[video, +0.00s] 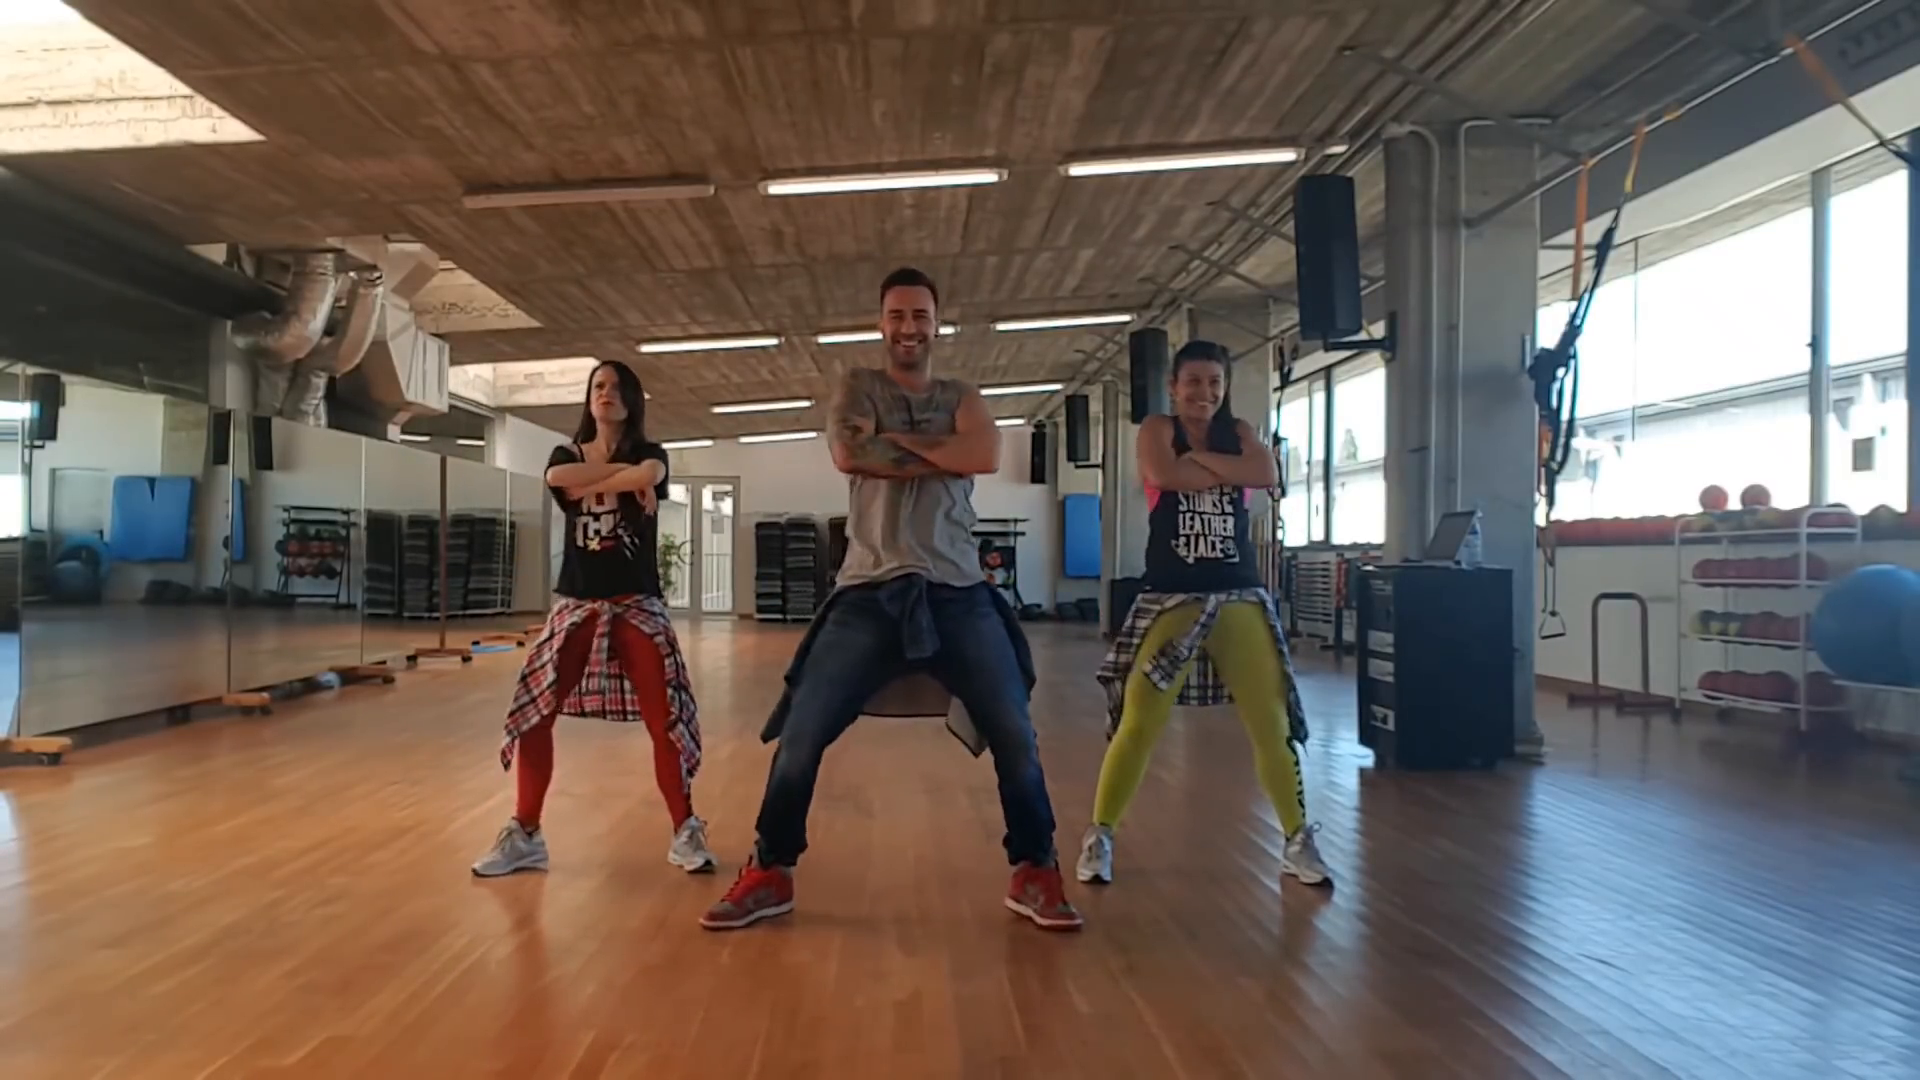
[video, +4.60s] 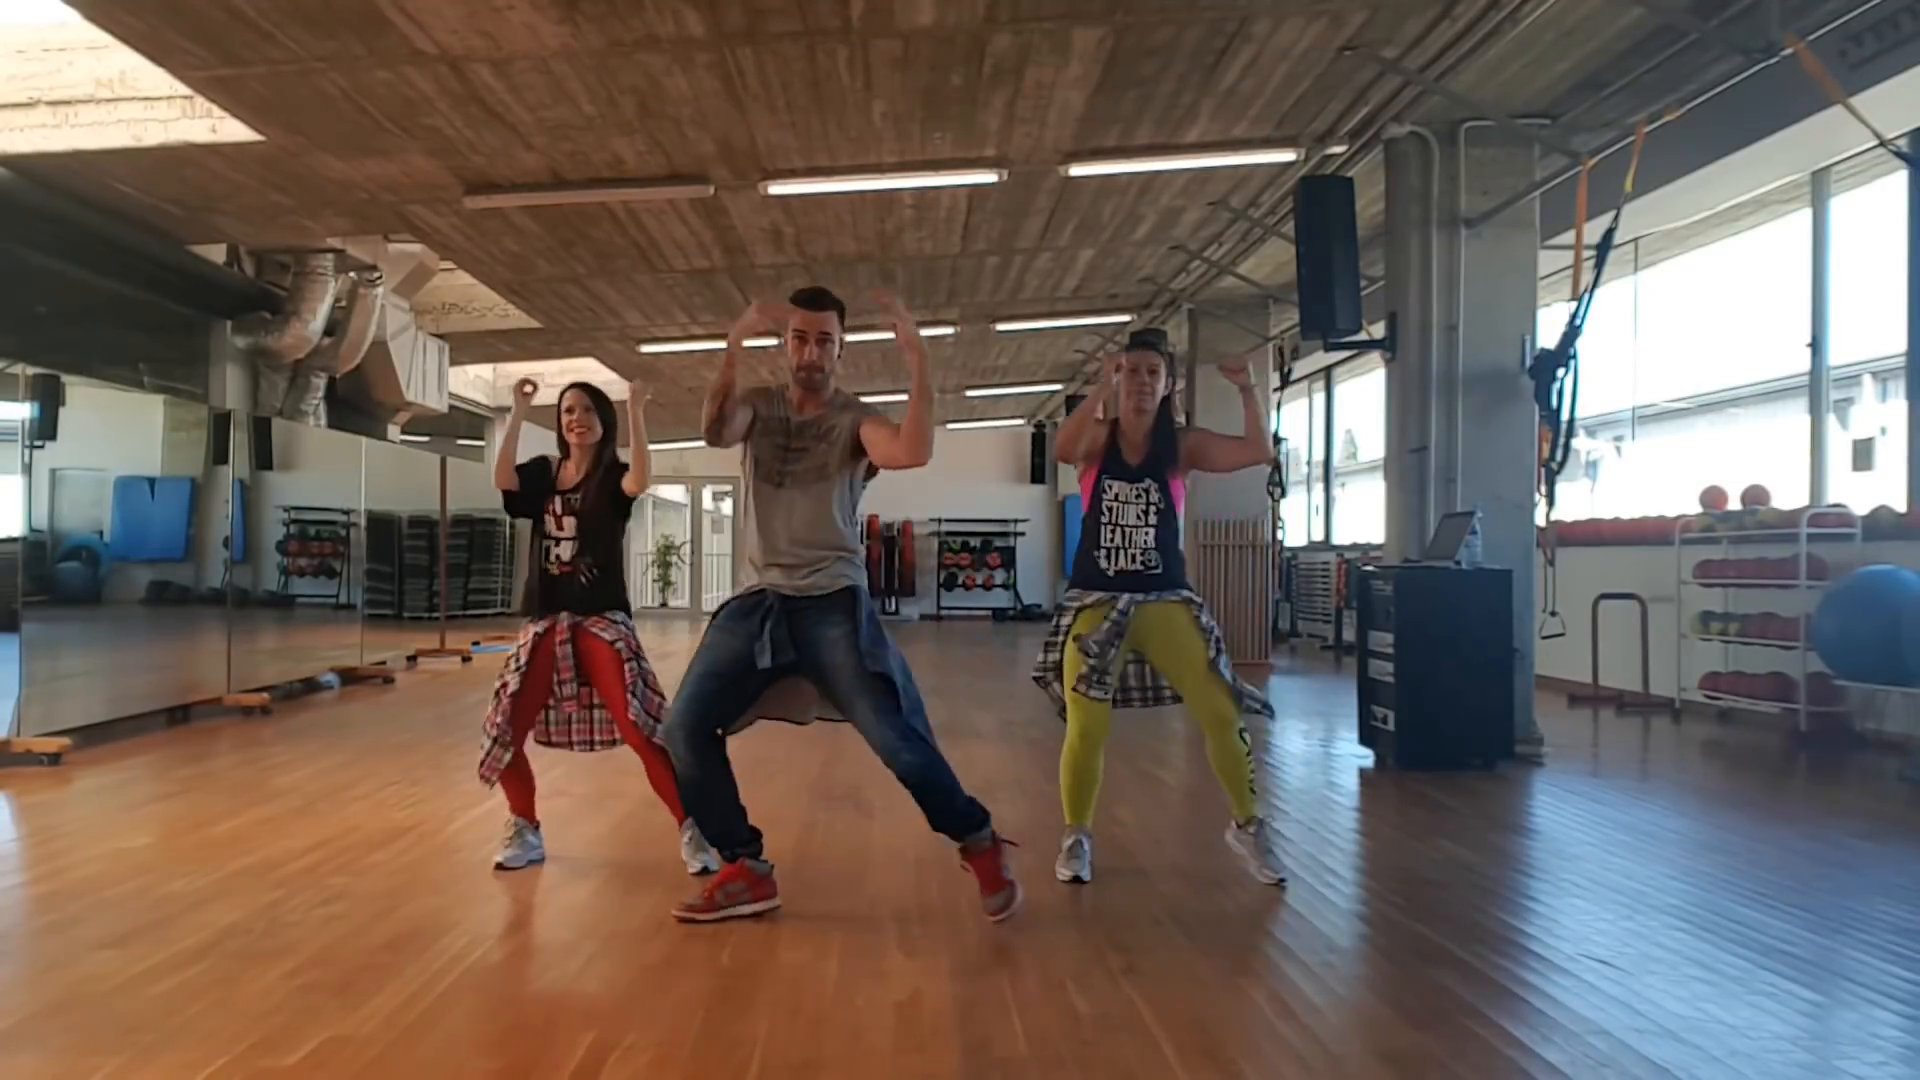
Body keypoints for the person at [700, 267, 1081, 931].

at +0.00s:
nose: (908, 326)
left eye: (919, 315)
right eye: (897, 316)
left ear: (937, 324)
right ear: (881, 326)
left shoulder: (961, 397)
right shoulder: (858, 390)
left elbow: (983, 456)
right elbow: (848, 458)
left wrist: (892, 443)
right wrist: (943, 459)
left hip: (958, 590)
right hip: (868, 589)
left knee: (1012, 729)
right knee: (802, 727)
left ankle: (1035, 873)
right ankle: (771, 873)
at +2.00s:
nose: (924, 319)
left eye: (935, 310)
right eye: (913, 310)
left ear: (951, 323)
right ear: (894, 322)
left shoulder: (975, 398)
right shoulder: (871, 385)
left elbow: (1004, 463)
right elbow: (870, 462)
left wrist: (910, 443)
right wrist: (966, 466)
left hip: (970, 591)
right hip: (882, 592)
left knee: (1021, 728)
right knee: (822, 727)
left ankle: (1036, 873)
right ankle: (784, 875)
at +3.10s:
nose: (914, 315)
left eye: (924, 307)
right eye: (902, 307)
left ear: (942, 326)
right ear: (883, 327)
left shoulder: (969, 399)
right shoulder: (854, 396)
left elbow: (1007, 470)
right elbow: (829, 479)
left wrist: (924, 478)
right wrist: (906, 531)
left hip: (957, 597)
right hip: (868, 598)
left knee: (1008, 731)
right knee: (809, 733)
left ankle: (1025, 873)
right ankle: (775, 872)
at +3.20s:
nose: (914, 316)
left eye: (925, 307)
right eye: (903, 307)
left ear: (942, 325)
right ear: (883, 326)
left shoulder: (970, 398)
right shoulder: (855, 397)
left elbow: (1028, 461)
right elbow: (816, 470)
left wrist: (975, 448)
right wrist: (859, 480)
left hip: (955, 592)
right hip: (866, 591)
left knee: (1006, 730)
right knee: (810, 726)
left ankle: (1025, 873)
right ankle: (775, 871)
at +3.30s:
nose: (912, 314)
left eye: (923, 305)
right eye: (901, 305)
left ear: (940, 320)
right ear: (882, 321)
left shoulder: (964, 393)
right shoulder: (858, 391)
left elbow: (1012, 458)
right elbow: (819, 457)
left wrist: (994, 379)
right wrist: (842, 380)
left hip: (952, 588)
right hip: (864, 585)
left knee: (1005, 729)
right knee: (809, 723)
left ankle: (1025, 873)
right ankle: (773, 871)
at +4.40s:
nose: (852, 364)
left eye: (865, 352)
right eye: (842, 351)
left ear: (880, 358)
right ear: (826, 357)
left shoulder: (900, 431)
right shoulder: (807, 424)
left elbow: (957, 467)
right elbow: (782, 460)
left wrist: (958, 380)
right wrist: (797, 377)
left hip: (873, 621)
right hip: (801, 620)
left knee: (934, 757)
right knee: (708, 721)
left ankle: (1055, 854)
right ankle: (748, 871)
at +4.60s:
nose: (810, 353)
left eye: (823, 341)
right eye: (799, 339)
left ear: (840, 348)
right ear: (783, 344)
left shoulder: (855, 421)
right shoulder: (756, 410)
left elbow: (912, 451)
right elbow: (713, 431)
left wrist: (916, 357)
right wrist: (734, 343)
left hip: (833, 598)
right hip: (758, 597)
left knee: (893, 738)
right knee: (685, 727)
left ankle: (980, 846)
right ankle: (745, 869)